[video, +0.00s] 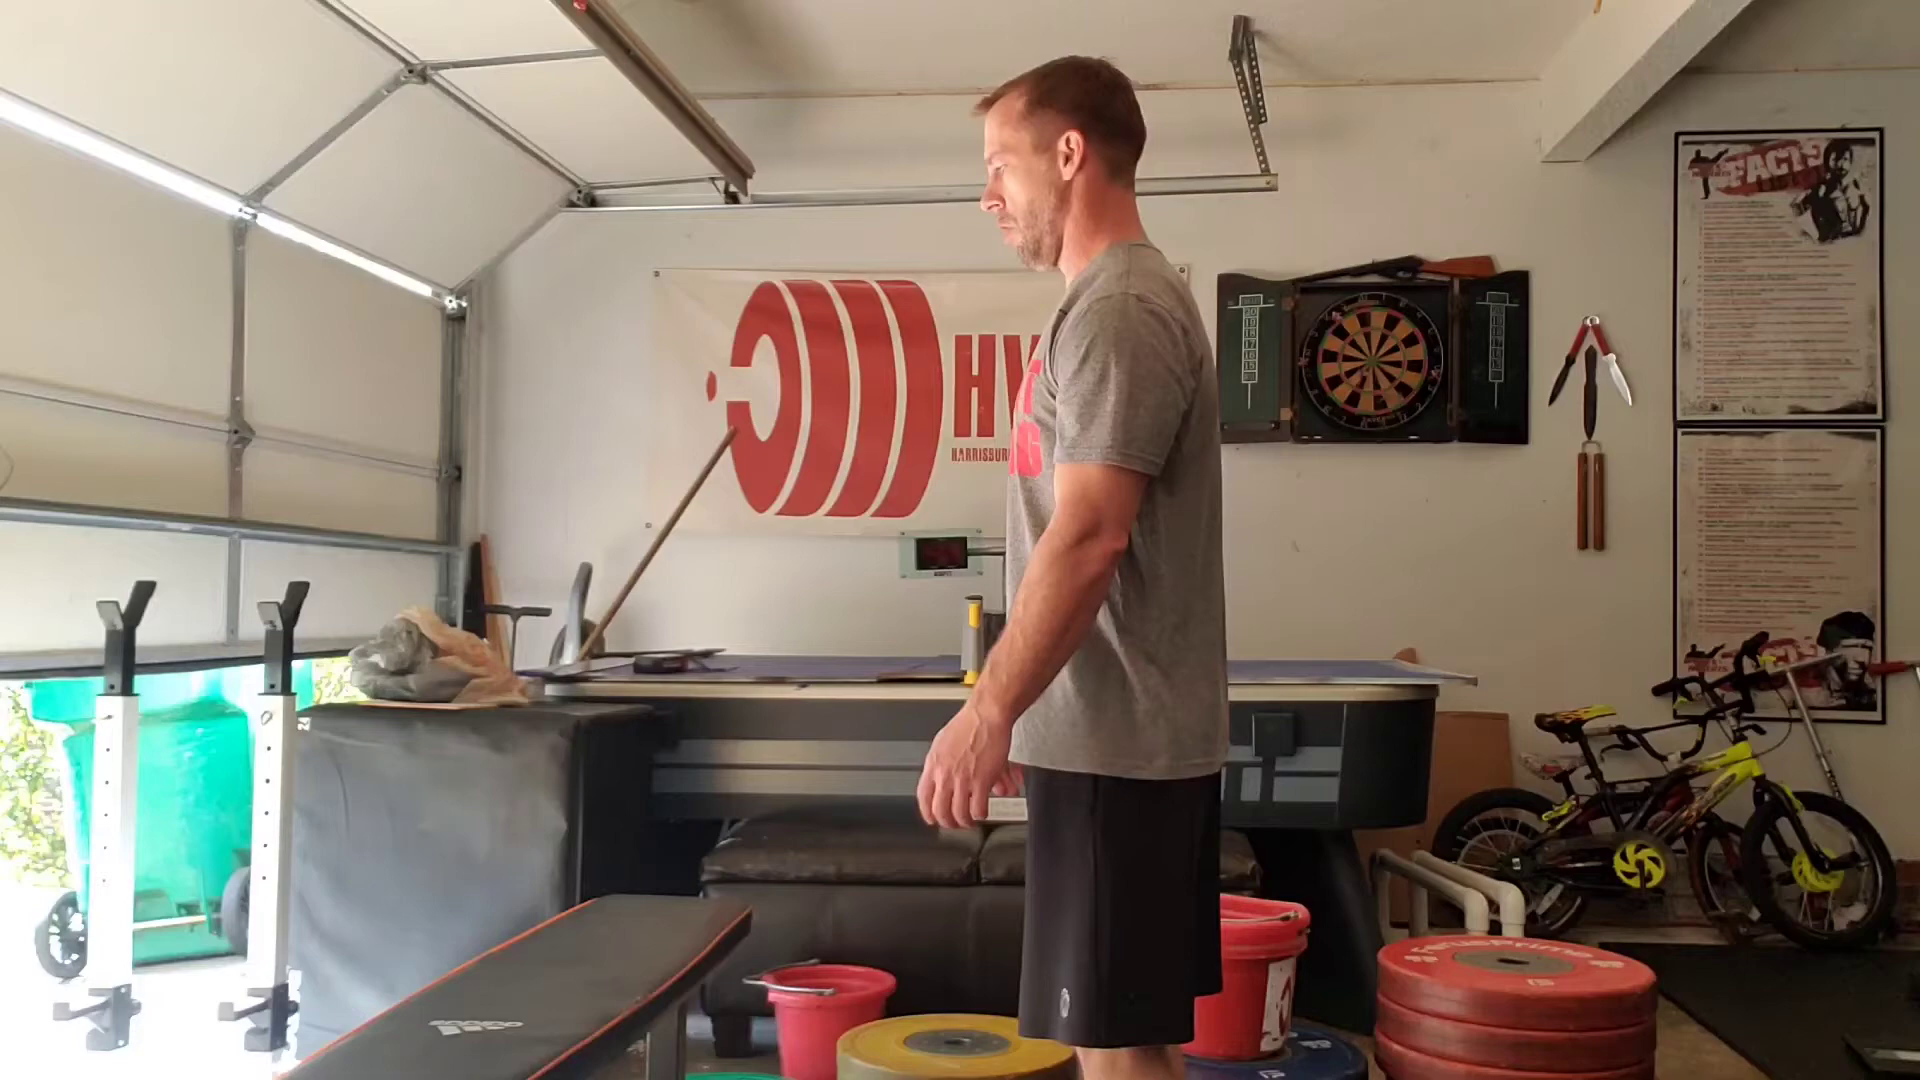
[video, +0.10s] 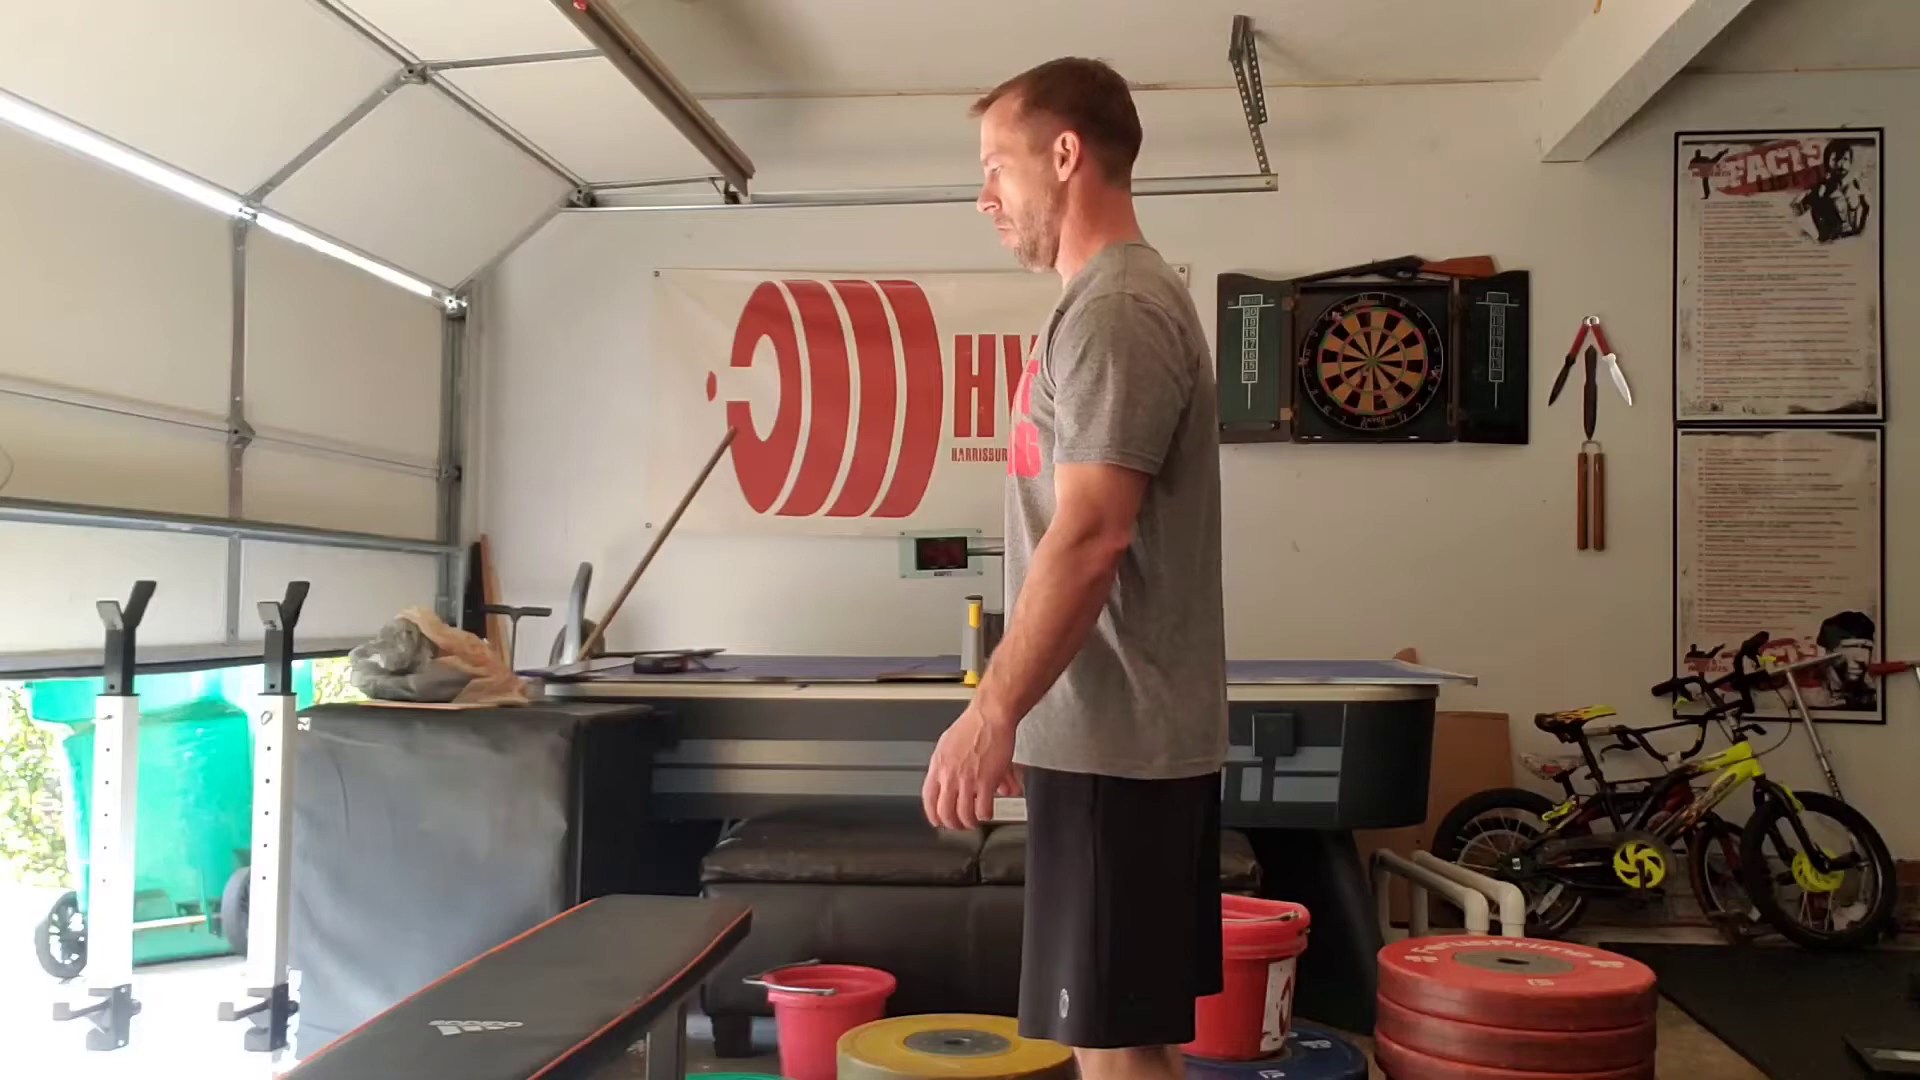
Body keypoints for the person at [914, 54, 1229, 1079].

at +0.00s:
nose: (990, 200)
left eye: (999, 169)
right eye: (988, 175)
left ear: (1071, 155)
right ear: (1081, 160)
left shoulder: (1119, 307)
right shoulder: (1117, 300)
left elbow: (1092, 538)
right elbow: (1093, 541)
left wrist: (983, 712)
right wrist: (1012, 717)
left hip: (1118, 742)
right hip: (1119, 739)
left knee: (1117, 1047)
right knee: (1127, 1040)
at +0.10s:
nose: (988, 201)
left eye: (997, 170)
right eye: (986, 177)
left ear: (1068, 156)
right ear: (1078, 161)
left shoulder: (1117, 307)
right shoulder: (1115, 300)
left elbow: (1093, 535)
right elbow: (1091, 538)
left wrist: (989, 712)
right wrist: (1005, 711)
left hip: (1117, 741)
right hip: (1120, 737)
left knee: (1115, 1047)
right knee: (1127, 1040)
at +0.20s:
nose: (967, 203)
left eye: (978, 173)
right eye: (965, 178)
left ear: (1046, 163)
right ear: (1050, 168)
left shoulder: (1102, 306)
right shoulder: (1095, 302)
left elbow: (1101, 525)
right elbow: (1096, 531)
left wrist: (1012, 716)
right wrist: (1016, 712)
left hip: (1116, 743)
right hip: (1115, 738)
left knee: (1108, 1047)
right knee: (1124, 1040)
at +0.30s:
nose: (935, 219)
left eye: (943, 189)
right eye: (931, 195)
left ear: (1010, 176)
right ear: (1016, 181)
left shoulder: (1070, 308)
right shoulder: (1070, 302)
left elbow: (1121, 512)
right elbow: (1114, 518)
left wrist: (1054, 712)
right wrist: (1053, 708)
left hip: (1113, 748)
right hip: (1117, 744)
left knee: (1093, 1051)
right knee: (1130, 1049)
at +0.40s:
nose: (887, 241)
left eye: (895, 211)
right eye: (883, 216)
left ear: (963, 199)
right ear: (968, 203)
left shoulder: (1024, 319)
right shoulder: (1020, 318)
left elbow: (1140, 470)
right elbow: (1124, 494)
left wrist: (1117, 683)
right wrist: (1092, 693)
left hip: (1109, 745)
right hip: (1124, 739)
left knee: (1071, 1046)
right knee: (1122, 1046)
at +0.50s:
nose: (832, 294)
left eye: (844, 265)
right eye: (831, 271)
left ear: (908, 256)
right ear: (910, 259)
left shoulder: (969, 360)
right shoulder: (971, 362)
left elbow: (1135, 441)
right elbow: (1133, 456)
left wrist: (1146, 651)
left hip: (1125, 754)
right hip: (1144, 746)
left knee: (1035, 1035)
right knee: (1100, 1042)